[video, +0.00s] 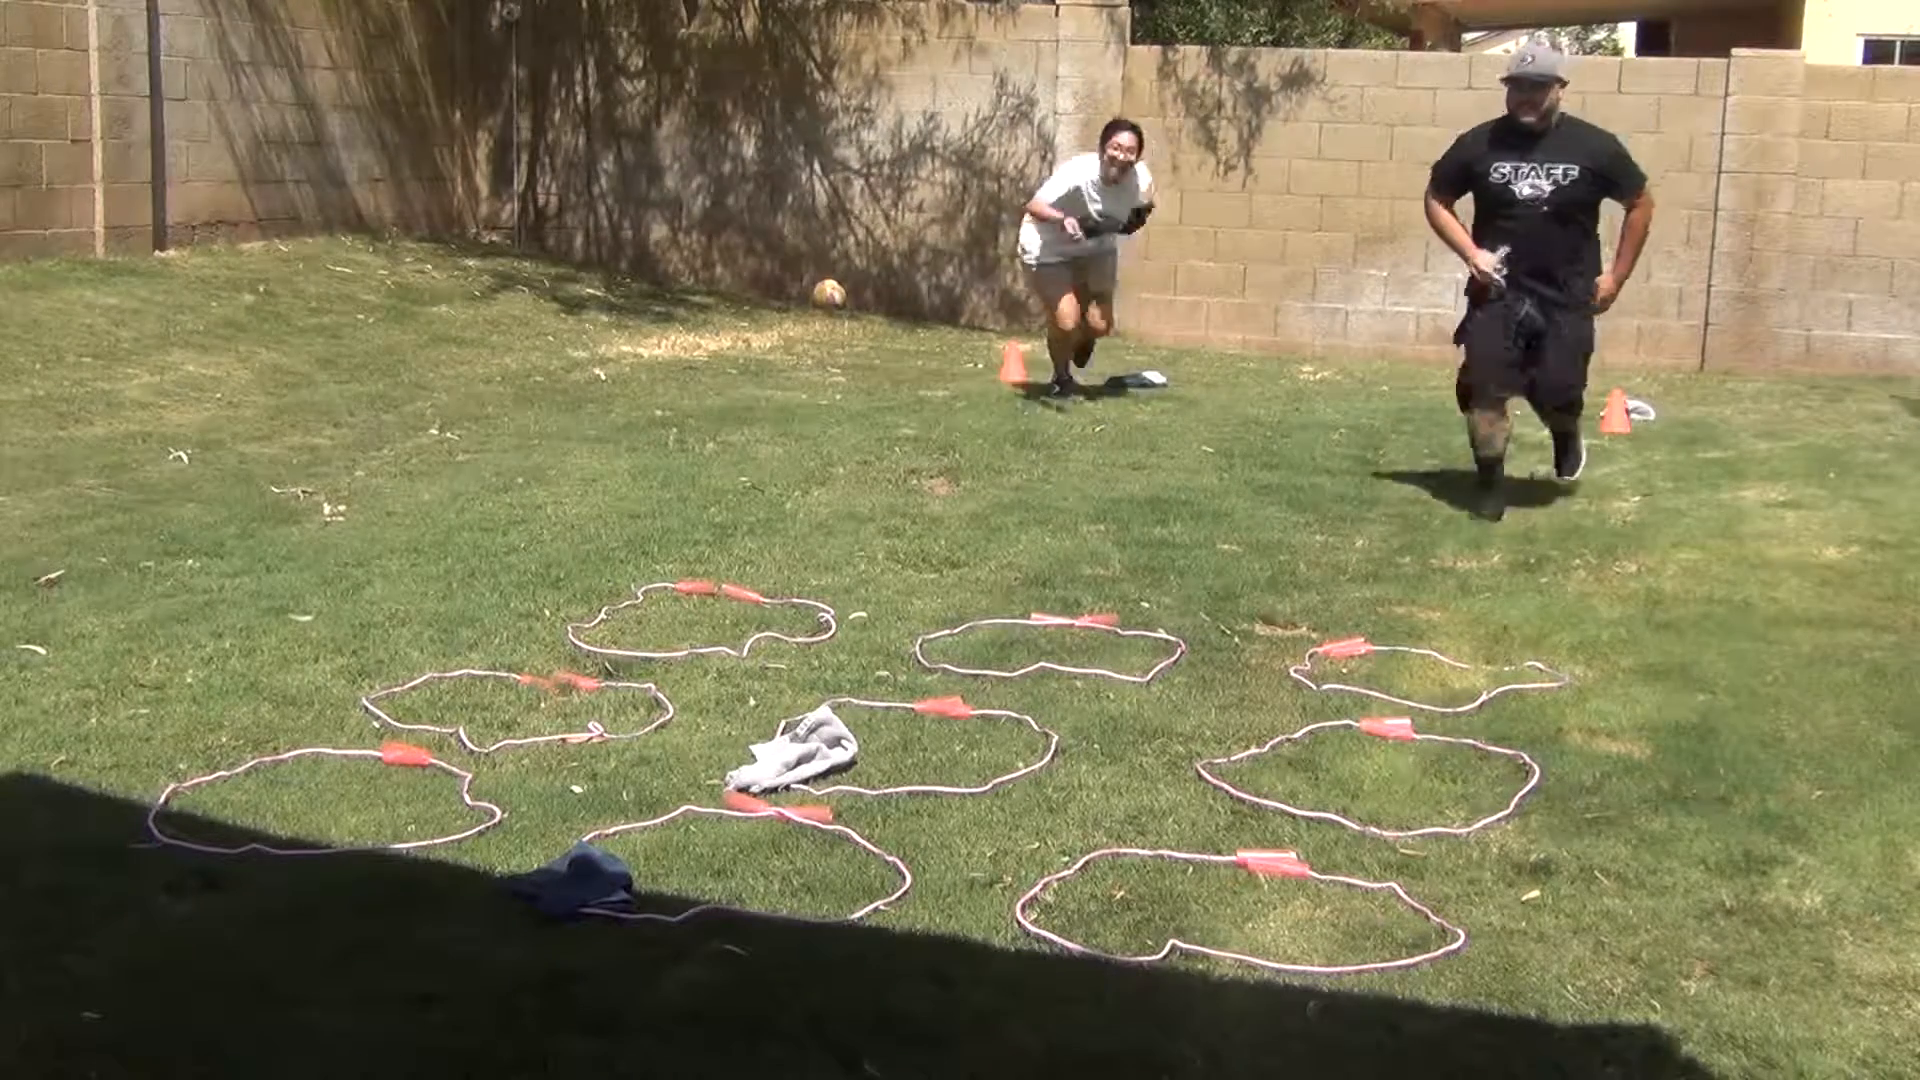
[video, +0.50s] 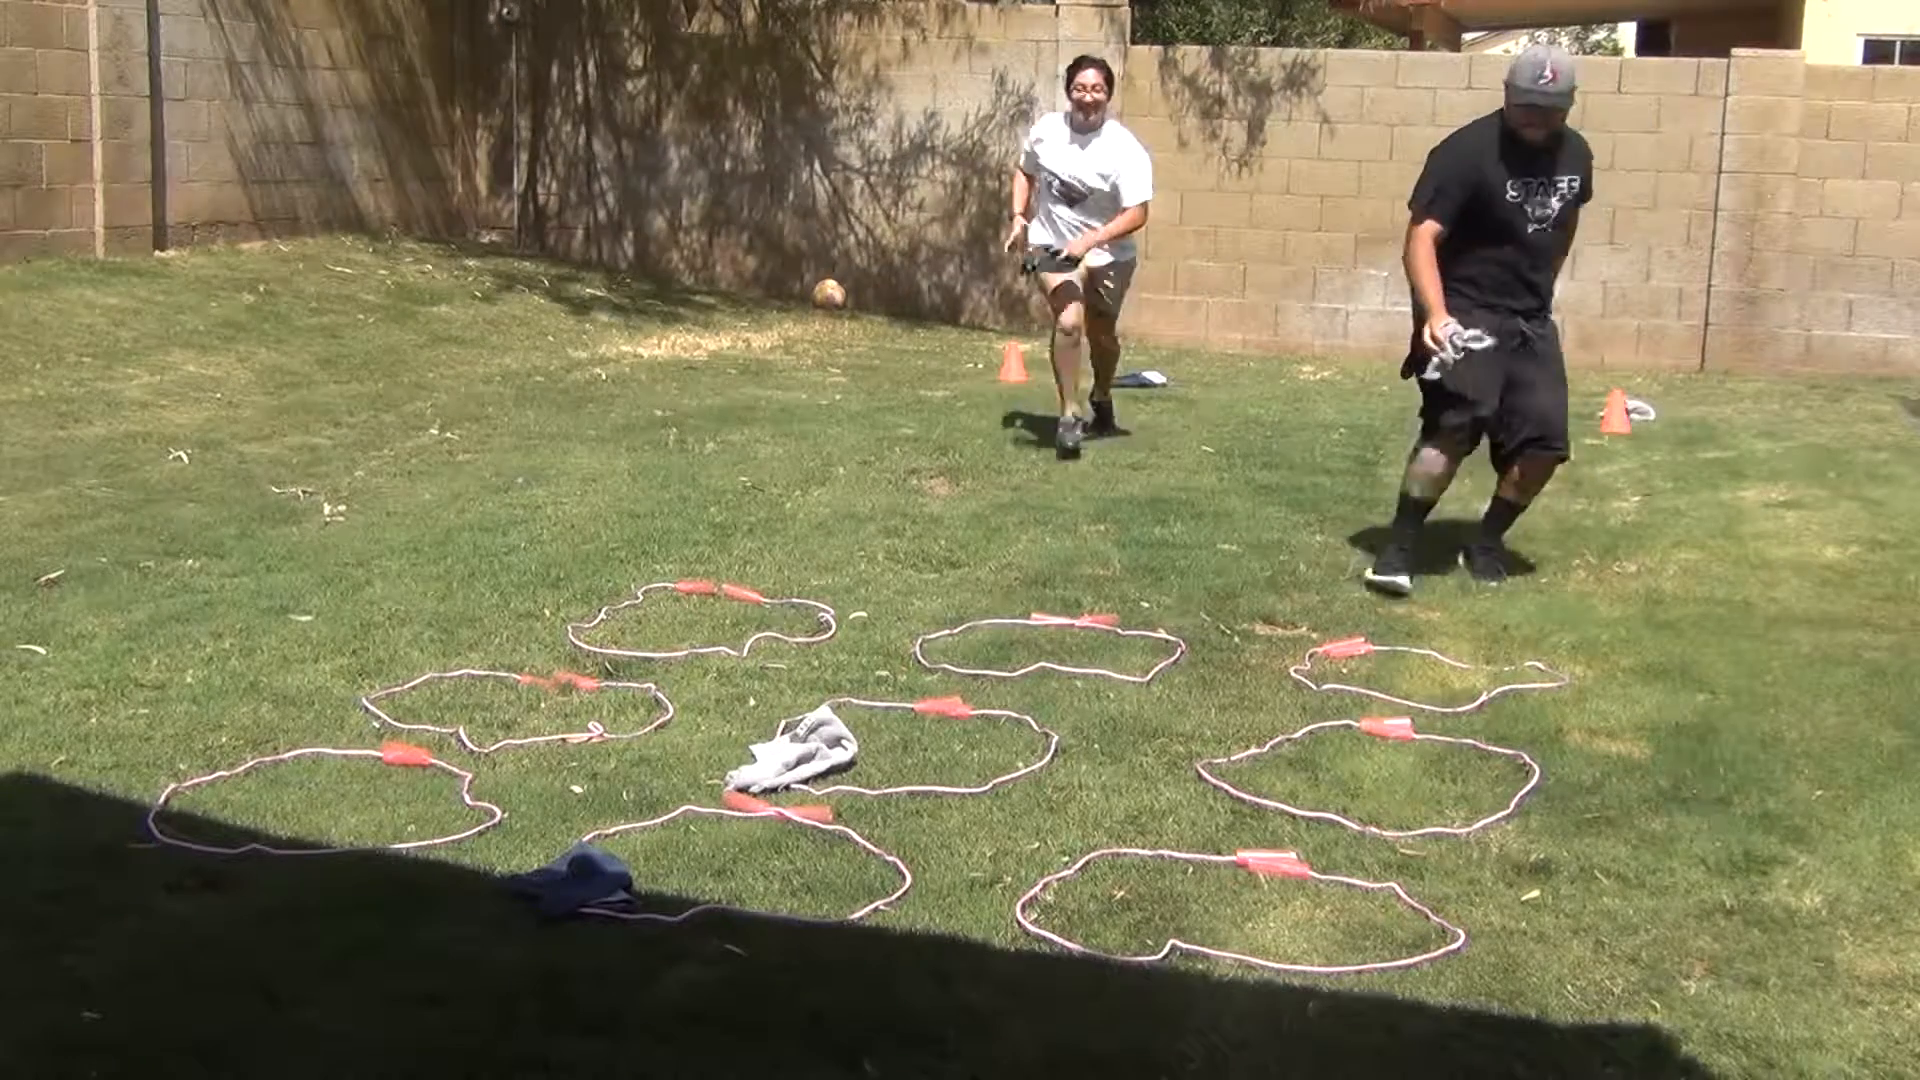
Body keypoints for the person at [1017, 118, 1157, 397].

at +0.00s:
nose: (1121, 157)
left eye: (1129, 152)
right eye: (1116, 148)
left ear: (1137, 157)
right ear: (1102, 149)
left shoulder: (1140, 178)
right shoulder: (1077, 173)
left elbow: (1145, 205)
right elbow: (1033, 206)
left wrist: (1135, 222)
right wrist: (1062, 218)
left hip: (1097, 247)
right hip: (1049, 248)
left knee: (1100, 325)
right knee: (1067, 320)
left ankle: (1084, 338)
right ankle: (1061, 376)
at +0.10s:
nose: (1110, 130)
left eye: (1117, 124)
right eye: (1103, 123)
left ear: (1126, 129)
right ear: (1091, 126)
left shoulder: (1132, 150)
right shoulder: (1074, 154)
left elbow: (1154, 150)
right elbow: (1045, 194)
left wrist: (1176, 159)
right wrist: (1090, 187)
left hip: (1101, 244)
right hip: (1053, 247)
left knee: (1105, 312)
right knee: (1064, 315)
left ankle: (1097, 350)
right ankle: (1061, 373)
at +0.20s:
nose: (1108, 113)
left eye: (1115, 105)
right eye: (1100, 105)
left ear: (1126, 109)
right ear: (1087, 108)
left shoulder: (1138, 134)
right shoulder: (1071, 140)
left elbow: (1165, 153)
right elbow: (1039, 198)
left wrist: (1198, 174)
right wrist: (1080, 198)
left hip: (1106, 231)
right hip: (1058, 236)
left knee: (1104, 306)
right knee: (1057, 313)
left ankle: (1101, 391)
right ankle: (1060, 368)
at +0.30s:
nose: (1103, 110)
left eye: (1111, 103)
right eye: (1096, 103)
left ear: (1123, 108)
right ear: (1084, 107)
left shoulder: (1141, 148)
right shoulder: (1062, 148)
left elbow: (1168, 190)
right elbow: (1032, 204)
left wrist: (1193, 239)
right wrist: (1044, 243)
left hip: (1111, 250)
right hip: (1063, 253)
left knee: (1106, 333)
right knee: (1072, 339)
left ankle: (1093, 408)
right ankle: (1054, 339)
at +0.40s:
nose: (1098, 109)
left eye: (1106, 101)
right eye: (1090, 101)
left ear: (1118, 107)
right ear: (1079, 106)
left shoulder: (1134, 153)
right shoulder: (1052, 145)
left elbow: (1157, 217)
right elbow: (1027, 189)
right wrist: (1024, 230)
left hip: (1109, 260)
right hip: (1055, 253)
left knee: (1108, 342)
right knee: (1073, 333)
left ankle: (1096, 408)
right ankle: (1062, 371)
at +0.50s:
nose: (1089, 98)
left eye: (1097, 90)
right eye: (1080, 89)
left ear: (1109, 96)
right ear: (1068, 94)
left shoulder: (1126, 149)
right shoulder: (1047, 129)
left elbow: (1136, 214)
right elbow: (1025, 173)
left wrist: (1088, 239)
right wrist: (1018, 218)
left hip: (1109, 249)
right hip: (1054, 244)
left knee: (1101, 335)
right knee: (1070, 321)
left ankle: (1102, 398)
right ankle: (1069, 414)